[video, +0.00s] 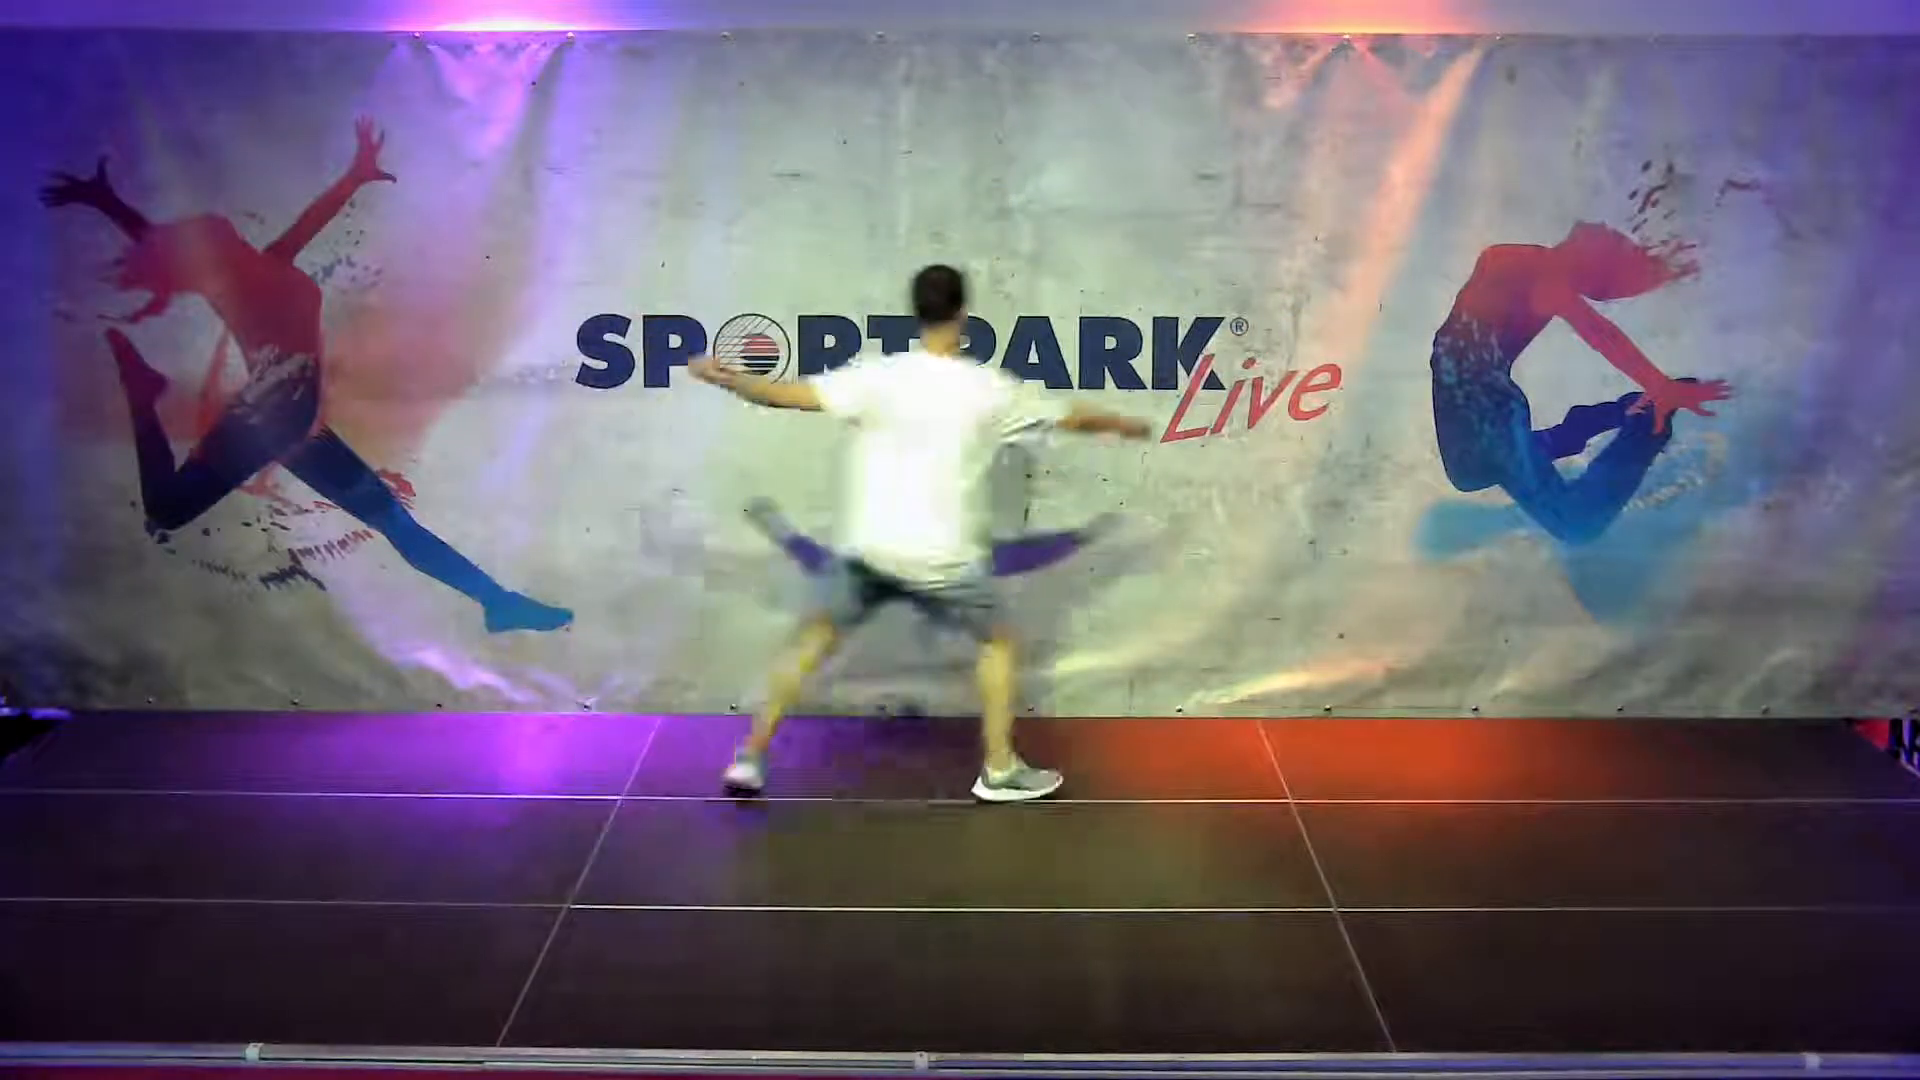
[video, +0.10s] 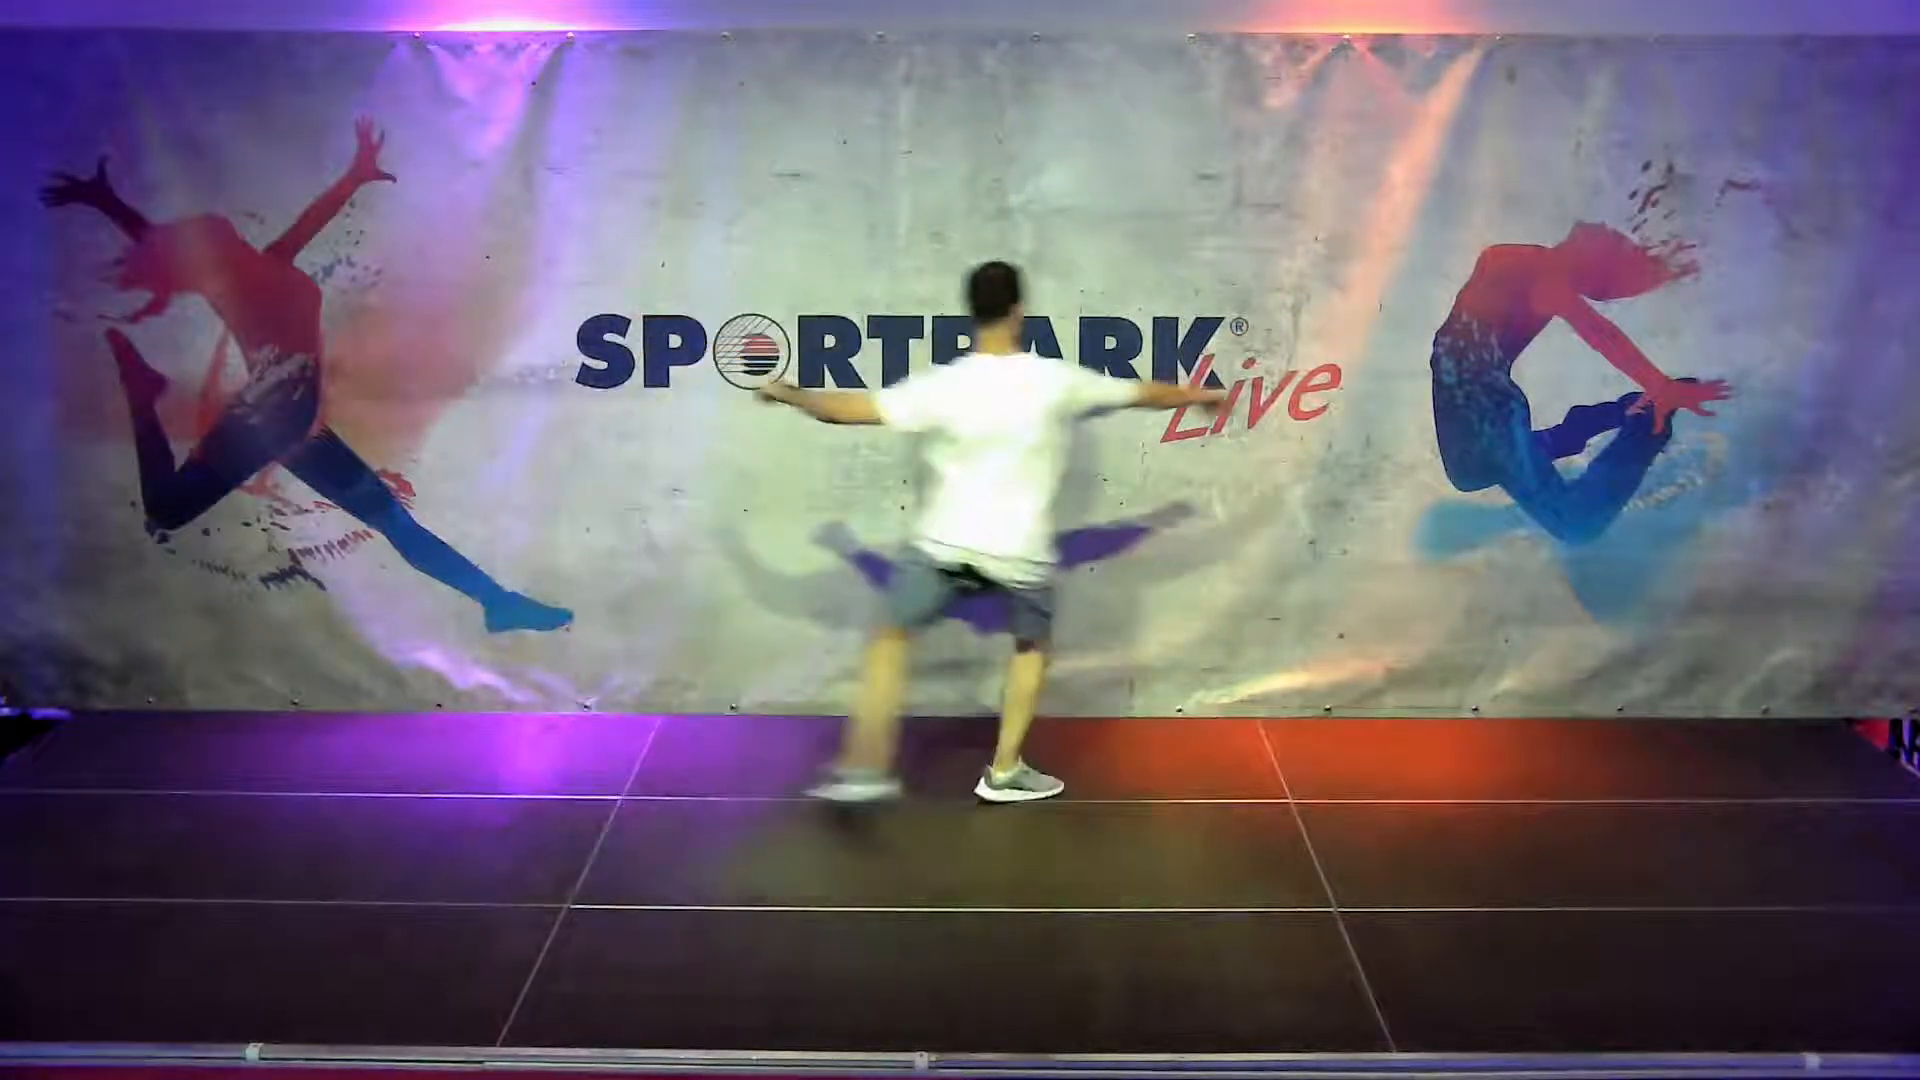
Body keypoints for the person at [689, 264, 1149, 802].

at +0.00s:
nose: (954, 317)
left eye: (941, 307)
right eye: (959, 308)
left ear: (916, 313)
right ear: (963, 314)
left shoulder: (878, 376)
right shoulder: (988, 387)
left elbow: (793, 394)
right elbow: (1068, 416)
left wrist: (730, 379)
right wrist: (1119, 425)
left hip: (870, 549)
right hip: (944, 557)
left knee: (814, 640)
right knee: (999, 640)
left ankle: (749, 757)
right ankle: (1000, 767)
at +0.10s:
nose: (1018, 316)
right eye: (1019, 307)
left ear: (970, 314)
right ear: (1020, 312)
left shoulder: (944, 384)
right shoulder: (1055, 380)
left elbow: (858, 408)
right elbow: (1138, 393)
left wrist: (794, 394)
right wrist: (1199, 395)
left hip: (946, 545)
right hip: (1020, 551)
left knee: (891, 631)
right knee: (1032, 647)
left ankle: (867, 766)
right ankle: (1005, 769)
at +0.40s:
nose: (1216, 319)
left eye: (1213, 309)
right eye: (1214, 309)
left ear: (1160, 312)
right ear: (1203, 312)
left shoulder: (1131, 388)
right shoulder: (1248, 374)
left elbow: (1052, 424)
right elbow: (1330, 361)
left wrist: (986, 449)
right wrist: (1366, 334)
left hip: (1169, 558)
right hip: (1240, 559)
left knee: (1164, 690)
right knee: (1252, 648)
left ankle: (1173, 821)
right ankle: (1219, 726)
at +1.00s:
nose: (1622, 327)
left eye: (1615, 318)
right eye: (1620, 317)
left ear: (1567, 321)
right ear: (1615, 321)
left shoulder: (1532, 393)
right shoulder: (1645, 389)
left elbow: (1456, 455)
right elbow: (1741, 421)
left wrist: (1419, 502)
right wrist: (1821, 439)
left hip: (1587, 571)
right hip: (1652, 555)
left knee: (1655, 687)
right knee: (1712, 660)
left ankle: (1703, 809)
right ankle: (1739, 800)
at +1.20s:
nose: (1691, 342)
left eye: (1689, 331)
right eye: (1690, 331)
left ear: (1636, 327)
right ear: (1679, 331)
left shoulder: (1593, 393)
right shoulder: (1689, 396)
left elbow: (1556, 441)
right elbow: (1775, 443)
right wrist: (1857, 481)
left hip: (1650, 572)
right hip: (1714, 555)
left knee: (1715, 696)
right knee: (1752, 650)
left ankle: (1776, 826)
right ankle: (1786, 765)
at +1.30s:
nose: (1705, 332)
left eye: (1705, 322)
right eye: (1705, 323)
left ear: (1647, 322)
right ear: (1694, 325)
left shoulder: (1606, 391)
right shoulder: (1705, 392)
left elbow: (1617, 436)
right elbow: (1779, 448)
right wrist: (1866, 483)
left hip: (1659, 565)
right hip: (1730, 556)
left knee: (1689, 679)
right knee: (1761, 659)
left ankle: (1737, 777)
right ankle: (1777, 769)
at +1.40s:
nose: (1710, 315)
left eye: (1708, 303)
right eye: (1703, 306)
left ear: (1652, 315)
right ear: (1678, 315)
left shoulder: (1612, 374)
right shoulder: (1696, 387)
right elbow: (1776, 441)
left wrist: (1683, 352)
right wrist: (1836, 443)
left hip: (1660, 548)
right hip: (1725, 546)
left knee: (1683, 630)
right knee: (1765, 638)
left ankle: (1674, 731)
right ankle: (1773, 765)